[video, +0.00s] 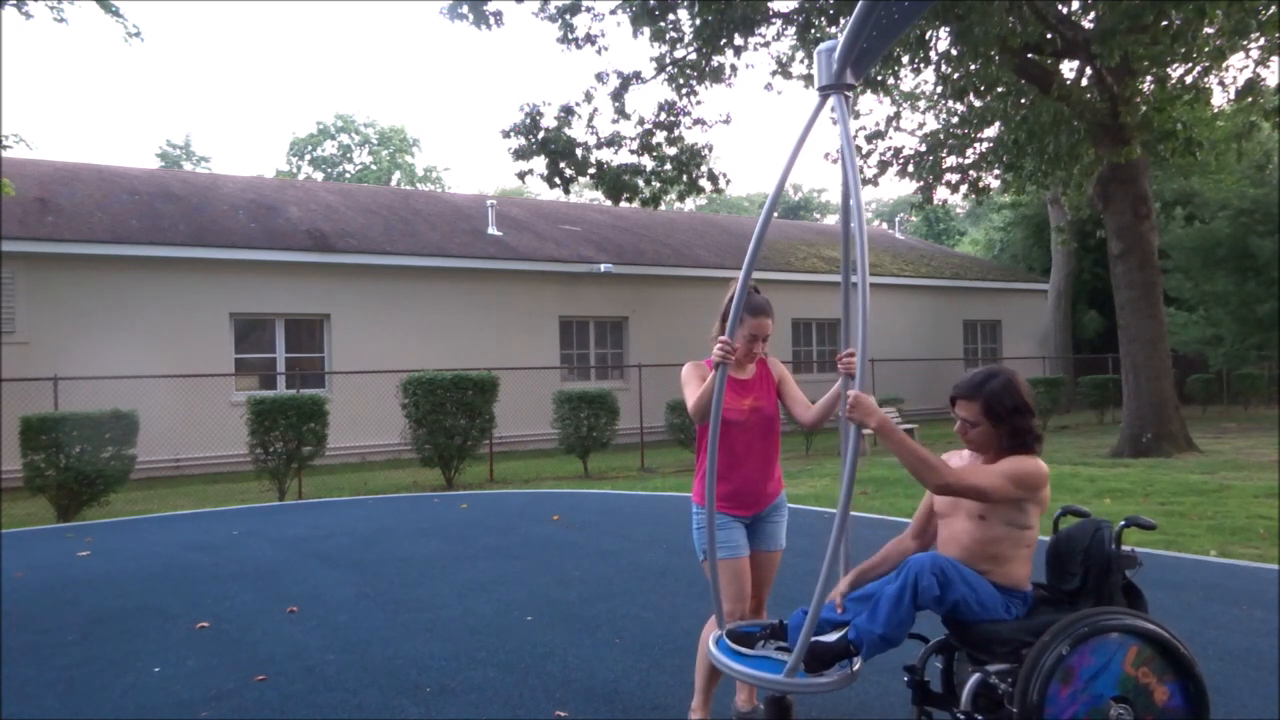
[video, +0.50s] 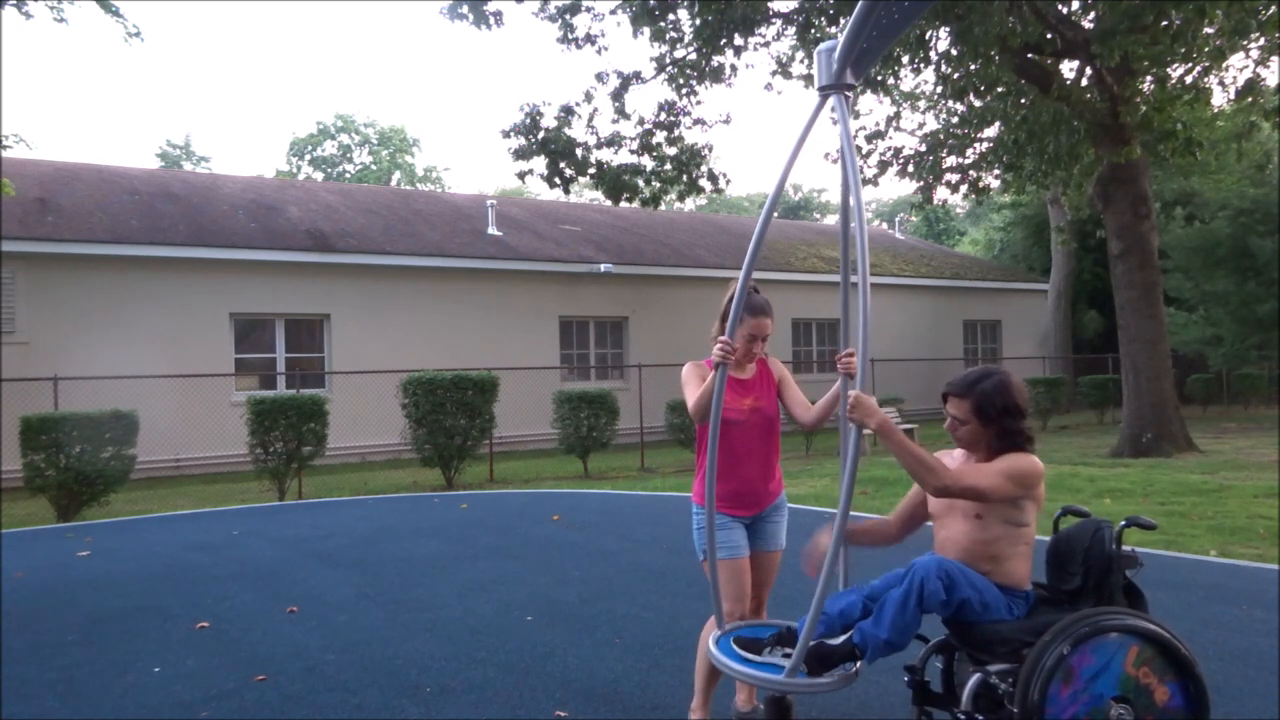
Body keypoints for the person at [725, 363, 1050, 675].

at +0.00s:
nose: (959, 431)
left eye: (969, 424)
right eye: (957, 421)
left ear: (1004, 424)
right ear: (956, 415)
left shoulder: (1030, 471)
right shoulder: (954, 462)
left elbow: (945, 481)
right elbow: (914, 538)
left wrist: (879, 422)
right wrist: (852, 577)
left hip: (1001, 599)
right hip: (945, 585)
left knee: (928, 567)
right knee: (879, 590)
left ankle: (846, 645)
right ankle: (789, 631)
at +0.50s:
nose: (949, 430)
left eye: (959, 422)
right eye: (947, 420)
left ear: (993, 421)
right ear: (946, 415)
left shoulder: (1025, 468)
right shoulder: (944, 464)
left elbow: (945, 484)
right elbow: (895, 526)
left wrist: (880, 424)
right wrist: (837, 531)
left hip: (1001, 600)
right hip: (945, 588)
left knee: (933, 568)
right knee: (876, 594)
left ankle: (852, 649)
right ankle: (796, 636)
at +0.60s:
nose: (948, 428)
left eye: (957, 421)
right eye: (946, 419)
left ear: (992, 420)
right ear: (945, 414)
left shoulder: (1024, 466)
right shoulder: (940, 464)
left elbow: (945, 482)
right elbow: (876, 513)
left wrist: (880, 423)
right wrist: (812, 502)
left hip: (1002, 599)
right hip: (945, 587)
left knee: (933, 568)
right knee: (883, 589)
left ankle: (854, 649)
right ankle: (798, 636)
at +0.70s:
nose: (946, 427)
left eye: (956, 420)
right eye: (945, 417)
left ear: (991, 420)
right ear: (944, 412)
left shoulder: (1023, 466)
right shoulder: (935, 463)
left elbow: (946, 482)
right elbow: (859, 498)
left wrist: (881, 423)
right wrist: (795, 474)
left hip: (1001, 599)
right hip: (944, 586)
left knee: (933, 568)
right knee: (887, 583)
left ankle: (853, 649)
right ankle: (798, 637)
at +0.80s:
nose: (945, 427)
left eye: (955, 420)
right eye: (943, 417)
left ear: (989, 419)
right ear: (942, 413)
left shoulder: (1021, 465)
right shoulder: (936, 461)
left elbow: (946, 483)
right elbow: (853, 478)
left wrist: (883, 424)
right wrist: (776, 451)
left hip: (1001, 599)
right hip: (945, 587)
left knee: (933, 568)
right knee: (892, 583)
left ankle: (853, 648)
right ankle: (802, 636)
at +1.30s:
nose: (928, 430)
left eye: (940, 422)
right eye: (924, 420)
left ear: (971, 421)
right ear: (920, 416)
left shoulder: (1000, 457)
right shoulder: (905, 459)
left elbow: (966, 504)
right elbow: (811, 461)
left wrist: (884, 442)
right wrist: (735, 442)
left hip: (999, 595)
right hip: (938, 583)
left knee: (932, 571)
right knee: (888, 577)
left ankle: (848, 650)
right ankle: (796, 638)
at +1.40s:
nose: (922, 433)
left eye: (934, 425)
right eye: (917, 422)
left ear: (963, 423)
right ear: (912, 418)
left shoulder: (991, 460)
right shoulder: (896, 459)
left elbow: (1013, 541)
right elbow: (808, 464)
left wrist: (937, 512)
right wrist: (734, 443)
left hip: (996, 594)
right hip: (933, 583)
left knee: (930, 572)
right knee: (882, 578)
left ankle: (847, 650)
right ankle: (795, 638)